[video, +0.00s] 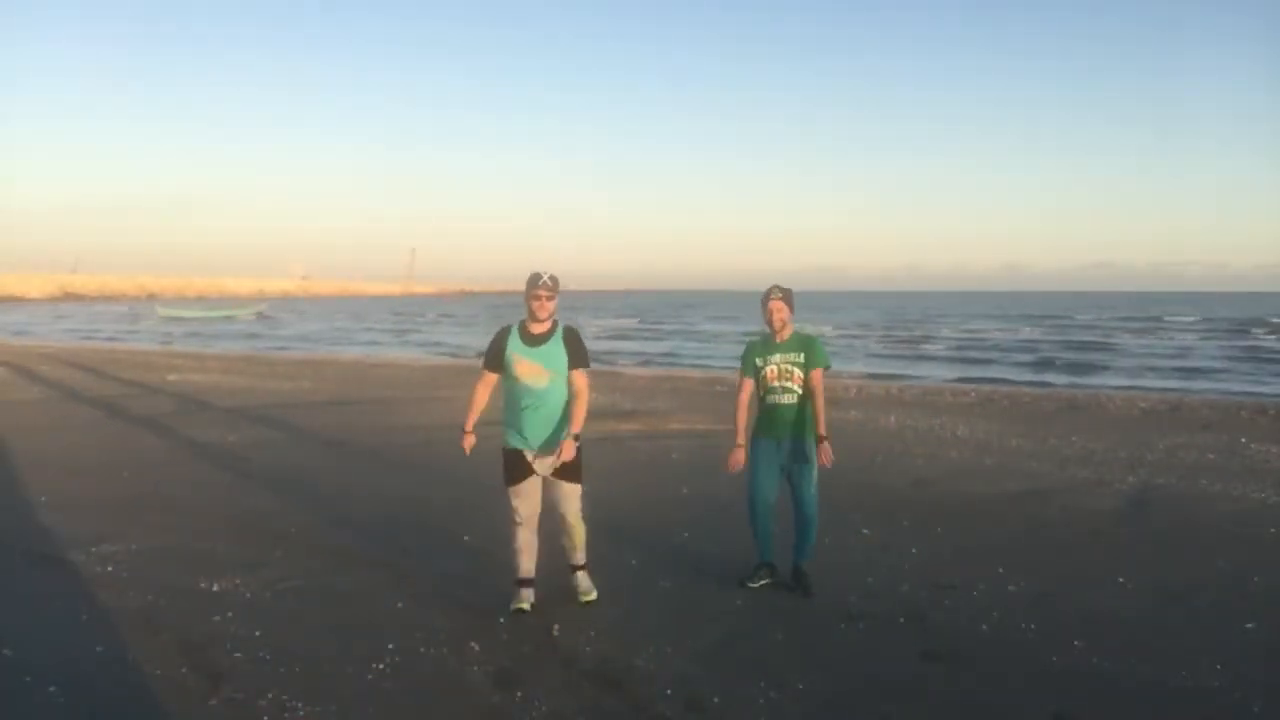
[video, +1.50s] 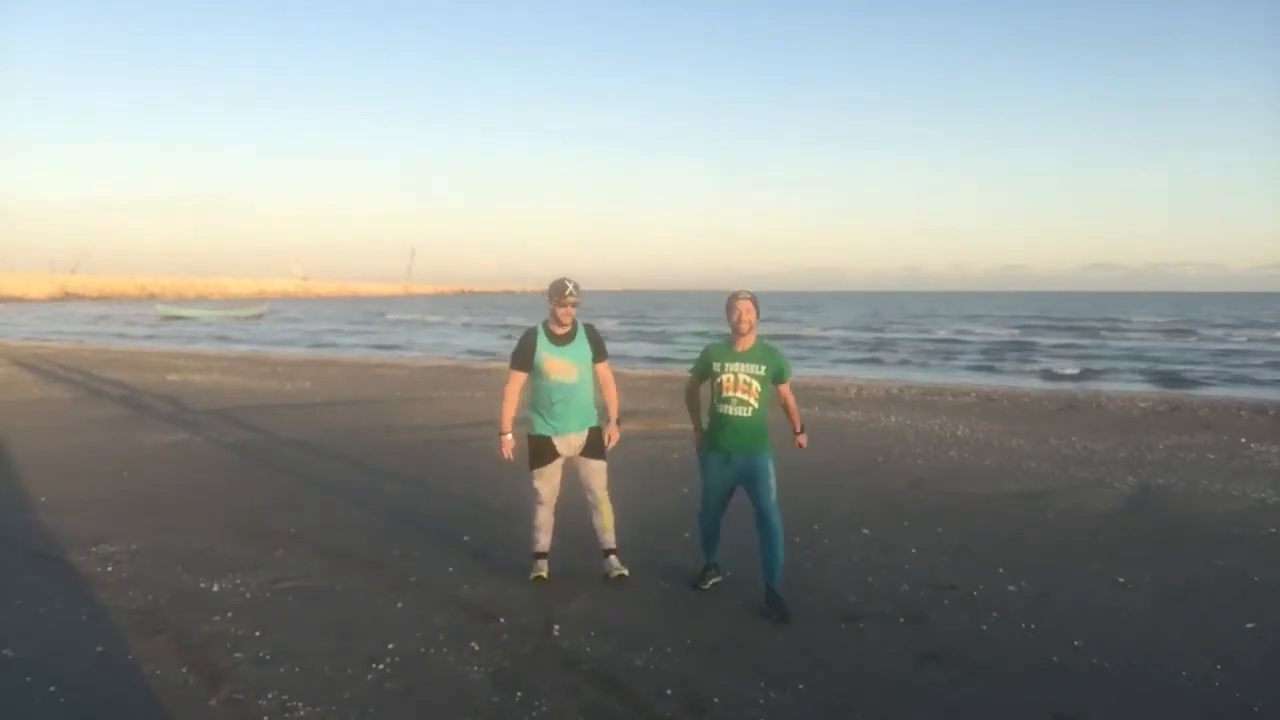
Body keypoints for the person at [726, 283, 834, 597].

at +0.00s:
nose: (774, 316)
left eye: (779, 310)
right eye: (769, 311)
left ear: (790, 312)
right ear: (764, 316)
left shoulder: (810, 345)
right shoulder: (755, 348)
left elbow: (817, 390)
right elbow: (744, 396)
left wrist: (821, 436)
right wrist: (740, 443)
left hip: (802, 437)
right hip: (766, 437)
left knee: (807, 505)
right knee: (760, 500)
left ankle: (800, 568)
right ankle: (765, 566)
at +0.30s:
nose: (751, 316)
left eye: (756, 310)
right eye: (746, 311)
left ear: (768, 315)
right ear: (740, 316)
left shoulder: (784, 350)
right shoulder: (728, 352)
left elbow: (803, 393)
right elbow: (723, 399)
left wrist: (820, 428)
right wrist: (722, 438)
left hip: (779, 440)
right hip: (742, 440)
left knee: (793, 503)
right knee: (726, 501)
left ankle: (799, 568)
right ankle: (714, 566)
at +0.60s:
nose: (724, 308)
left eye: (730, 302)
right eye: (720, 302)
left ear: (740, 307)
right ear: (713, 307)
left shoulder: (755, 343)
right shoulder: (698, 344)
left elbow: (776, 385)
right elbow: (679, 382)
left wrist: (777, 429)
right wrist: (674, 421)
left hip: (749, 436)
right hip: (711, 437)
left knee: (766, 499)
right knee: (707, 501)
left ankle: (777, 563)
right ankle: (710, 566)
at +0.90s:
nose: (719, 308)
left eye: (725, 303)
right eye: (714, 303)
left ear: (735, 307)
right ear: (708, 307)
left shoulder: (750, 340)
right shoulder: (693, 340)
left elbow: (751, 388)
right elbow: (683, 386)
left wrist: (719, 399)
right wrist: (699, 396)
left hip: (737, 432)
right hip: (702, 432)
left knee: (737, 498)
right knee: (703, 498)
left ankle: (736, 566)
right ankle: (710, 563)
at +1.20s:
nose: (723, 314)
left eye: (729, 309)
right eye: (718, 309)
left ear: (739, 313)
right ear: (711, 314)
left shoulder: (752, 350)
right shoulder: (695, 348)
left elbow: (771, 402)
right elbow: (679, 391)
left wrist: (779, 449)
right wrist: (681, 432)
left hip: (742, 441)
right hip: (703, 441)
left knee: (751, 508)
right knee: (703, 507)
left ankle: (756, 572)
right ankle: (709, 566)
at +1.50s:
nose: (741, 316)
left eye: (747, 311)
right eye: (736, 311)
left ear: (756, 317)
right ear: (728, 317)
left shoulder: (771, 357)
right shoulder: (713, 353)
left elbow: (786, 397)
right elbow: (692, 389)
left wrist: (797, 428)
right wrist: (698, 429)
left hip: (756, 449)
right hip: (717, 447)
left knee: (769, 516)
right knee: (710, 513)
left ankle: (773, 589)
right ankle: (711, 565)